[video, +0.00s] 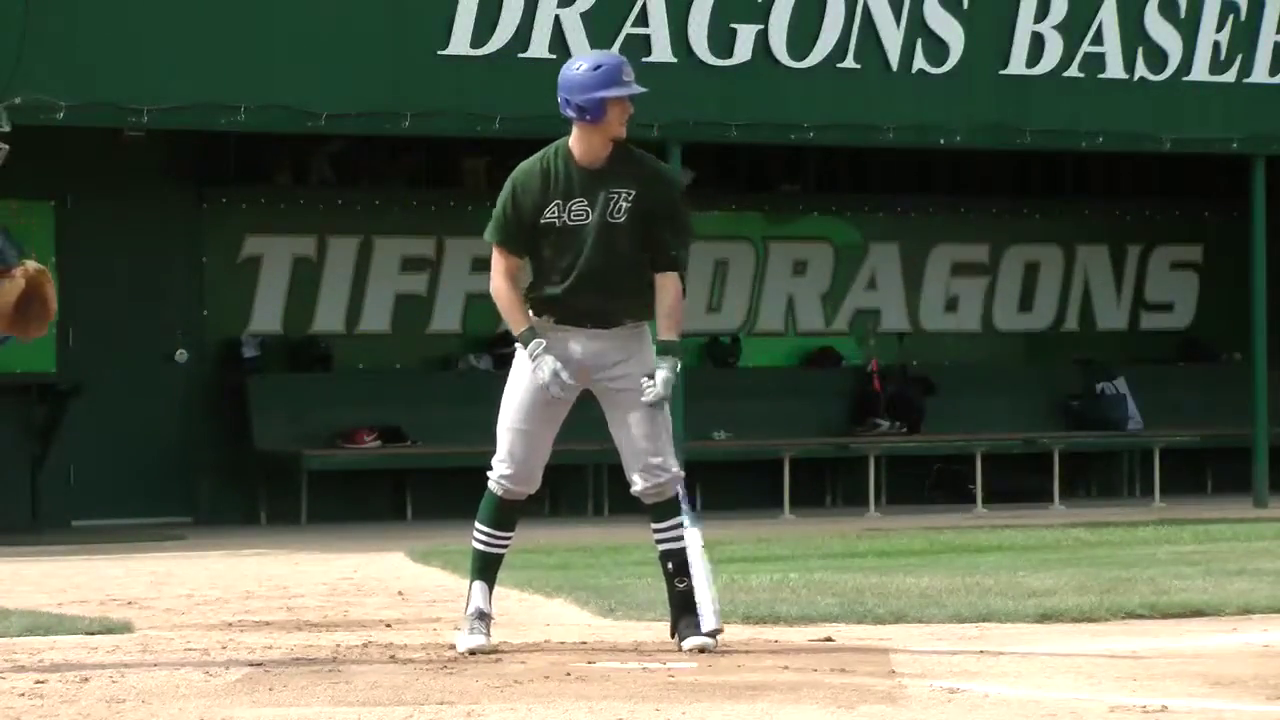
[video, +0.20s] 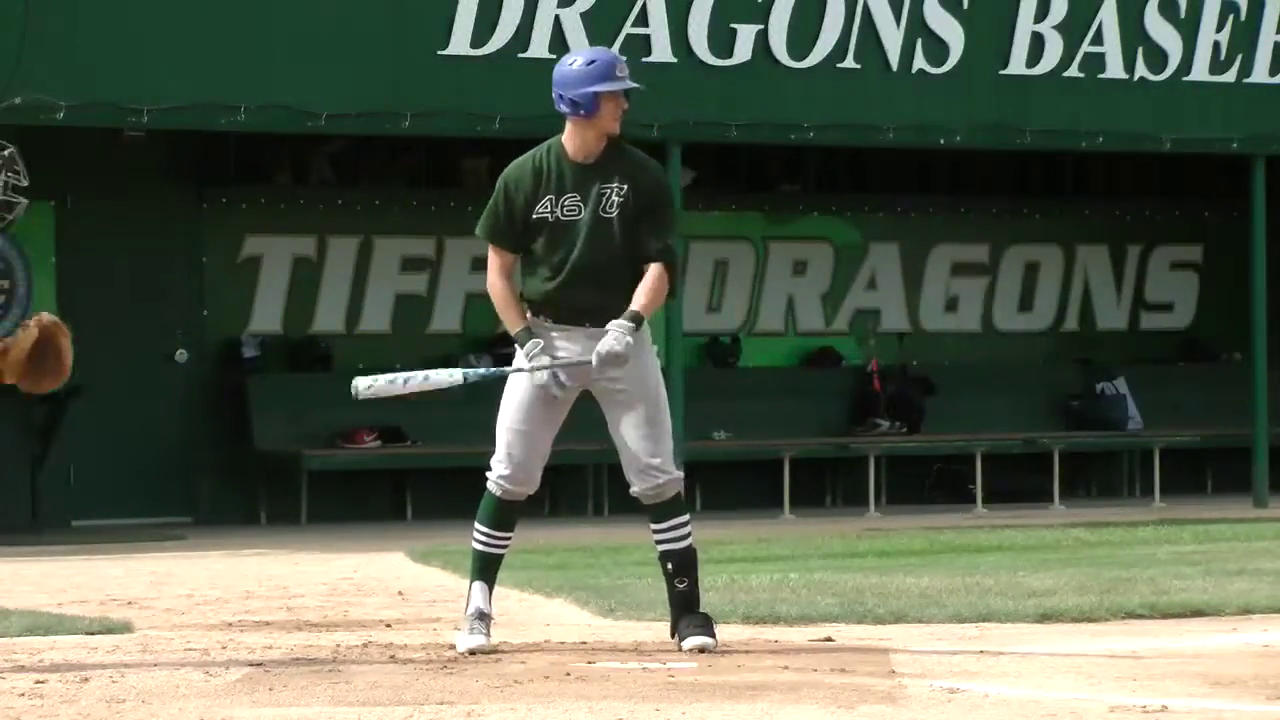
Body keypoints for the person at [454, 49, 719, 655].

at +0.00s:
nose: (629, 111)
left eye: (629, 101)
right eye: (617, 103)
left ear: (620, 105)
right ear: (582, 109)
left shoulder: (654, 183)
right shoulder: (530, 180)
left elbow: (669, 278)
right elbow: (502, 274)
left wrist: (667, 359)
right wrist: (531, 343)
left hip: (628, 343)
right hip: (547, 341)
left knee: (656, 475)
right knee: (511, 473)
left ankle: (688, 614)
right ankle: (478, 609)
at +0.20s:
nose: (624, 106)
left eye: (623, 96)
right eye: (614, 97)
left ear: (608, 104)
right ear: (579, 104)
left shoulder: (645, 178)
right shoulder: (523, 177)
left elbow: (662, 267)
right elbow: (498, 269)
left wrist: (629, 322)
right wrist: (526, 339)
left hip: (623, 341)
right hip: (546, 341)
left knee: (656, 474)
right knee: (510, 472)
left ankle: (688, 616)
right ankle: (478, 609)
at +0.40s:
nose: (626, 105)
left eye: (627, 94)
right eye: (616, 96)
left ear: (615, 100)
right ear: (581, 101)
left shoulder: (644, 173)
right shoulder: (527, 174)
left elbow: (693, 261)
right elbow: (500, 271)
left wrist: (643, 255)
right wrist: (535, 333)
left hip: (626, 342)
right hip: (547, 341)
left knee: (657, 480)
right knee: (510, 475)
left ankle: (688, 618)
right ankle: (478, 611)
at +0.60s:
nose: (642, 100)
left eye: (641, 90)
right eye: (632, 91)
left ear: (628, 97)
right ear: (599, 96)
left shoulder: (657, 162)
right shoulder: (542, 164)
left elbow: (738, 204)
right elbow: (468, 215)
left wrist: (704, 204)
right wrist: (528, 212)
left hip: (628, 343)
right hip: (550, 343)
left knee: (659, 480)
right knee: (512, 478)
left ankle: (689, 619)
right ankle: (478, 611)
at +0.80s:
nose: (652, 100)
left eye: (651, 90)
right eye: (643, 91)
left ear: (630, 98)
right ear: (613, 98)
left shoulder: (668, 172)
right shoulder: (564, 155)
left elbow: (721, 243)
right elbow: (537, 161)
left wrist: (732, 216)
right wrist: (543, 127)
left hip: (634, 343)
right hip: (557, 339)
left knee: (663, 478)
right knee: (516, 474)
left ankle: (689, 618)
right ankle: (475, 603)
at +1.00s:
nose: (650, 105)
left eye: (648, 96)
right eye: (641, 96)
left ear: (620, 106)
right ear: (609, 105)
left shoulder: (661, 178)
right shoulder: (556, 173)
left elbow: (699, 267)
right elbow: (558, 245)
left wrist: (744, 270)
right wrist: (605, 201)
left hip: (632, 348)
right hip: (556, 345)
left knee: (665, 480)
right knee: (520, 481)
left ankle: (688, 619)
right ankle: (476, 608)